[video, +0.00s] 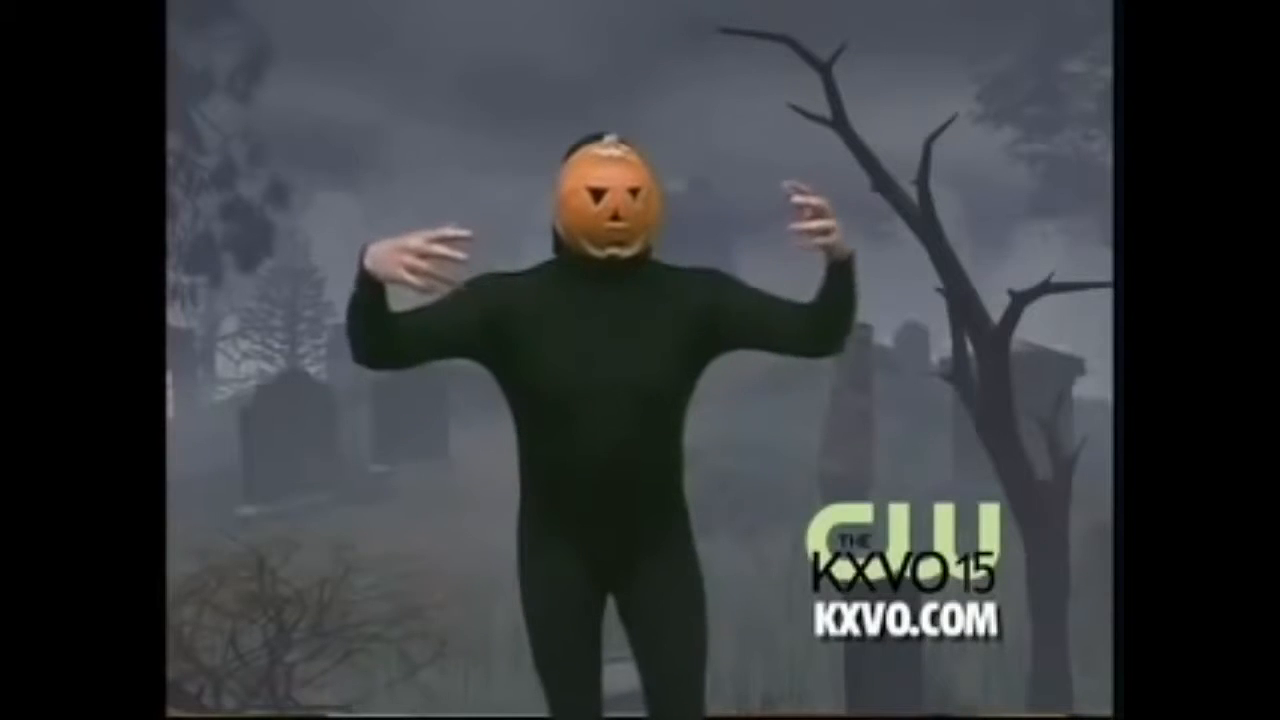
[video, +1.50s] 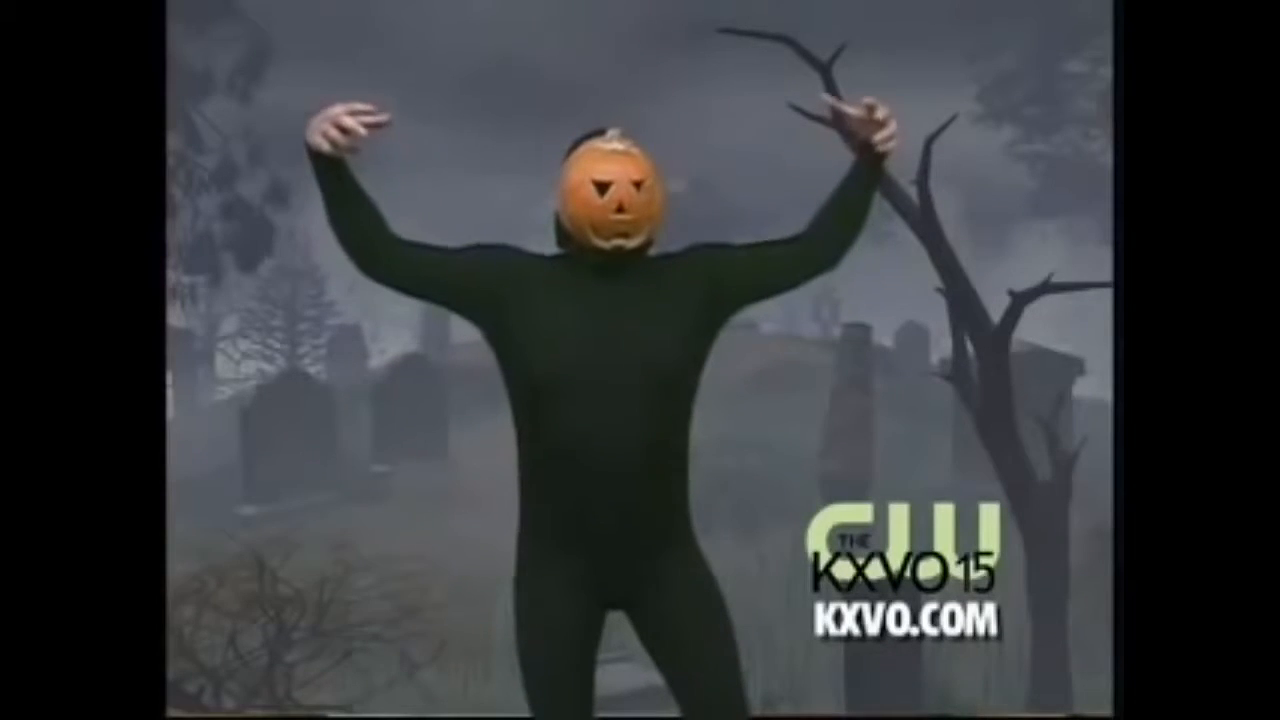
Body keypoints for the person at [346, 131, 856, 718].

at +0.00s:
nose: (616, 206)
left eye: (633, 193)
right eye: (596, 193)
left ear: (657, 209)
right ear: (559, 210)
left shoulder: (696, 299)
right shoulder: (505, 303)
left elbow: (821, 333)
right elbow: (379, 347)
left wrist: (840, 261)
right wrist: (371, 274)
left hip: (659, 545)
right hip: (556, 549)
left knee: (680, 704)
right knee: (572, 706)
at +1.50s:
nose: (616, 183)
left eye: (633, 172)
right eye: (595, 171)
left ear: (658, 201)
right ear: (560, 202)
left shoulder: (701, 281)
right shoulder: (507, 284)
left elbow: (818, 248)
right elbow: (379, 253)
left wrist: (866, 160)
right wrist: (328, 161)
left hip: (666, 557)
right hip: (556, 562)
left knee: (724, 710)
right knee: (559, 713)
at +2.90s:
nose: (617, 188)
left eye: (634, 178)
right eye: (597, 177)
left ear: (660, 199)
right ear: (562, 200)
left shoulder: (689, 267)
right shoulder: (516, 267)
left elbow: (786, 176)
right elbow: (408, 177)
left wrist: (833, 70)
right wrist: (352, 53)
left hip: (665, 560)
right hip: (553, 565)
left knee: (725, 710)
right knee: (546, 711)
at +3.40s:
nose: (621, 197)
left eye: (637, 187)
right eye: (601, 186)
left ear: (662, 208)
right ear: (567, 210)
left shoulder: (688, 274)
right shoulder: (524, 273)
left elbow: (772, 165)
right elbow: (443, 166)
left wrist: (760, 39)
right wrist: (453, 30)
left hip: (667, 562)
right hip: (555, 566)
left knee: (728, 711)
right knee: (546, 711)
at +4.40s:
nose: (628, 229)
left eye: (644, 219)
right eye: (607, 218)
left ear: (668, 240)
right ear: (573, 240)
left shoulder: (698, 309)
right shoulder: (524, 312)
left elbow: (811, 240)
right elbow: (414, 254)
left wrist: (765, 147)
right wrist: (471, 148)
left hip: (665, 572)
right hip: (557, 576)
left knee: (722, 709)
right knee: (550, 711)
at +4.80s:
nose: (627, 236)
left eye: (642, 223)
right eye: (606, 223)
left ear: (667, 240)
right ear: (571, 242)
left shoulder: (700, 317)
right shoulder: (518, 322)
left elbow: (823, 280)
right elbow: (393, 296)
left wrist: (818, 177)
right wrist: (411, 182)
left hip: (665, 577)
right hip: (556, 583)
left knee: (722, 710)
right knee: (551, 714)